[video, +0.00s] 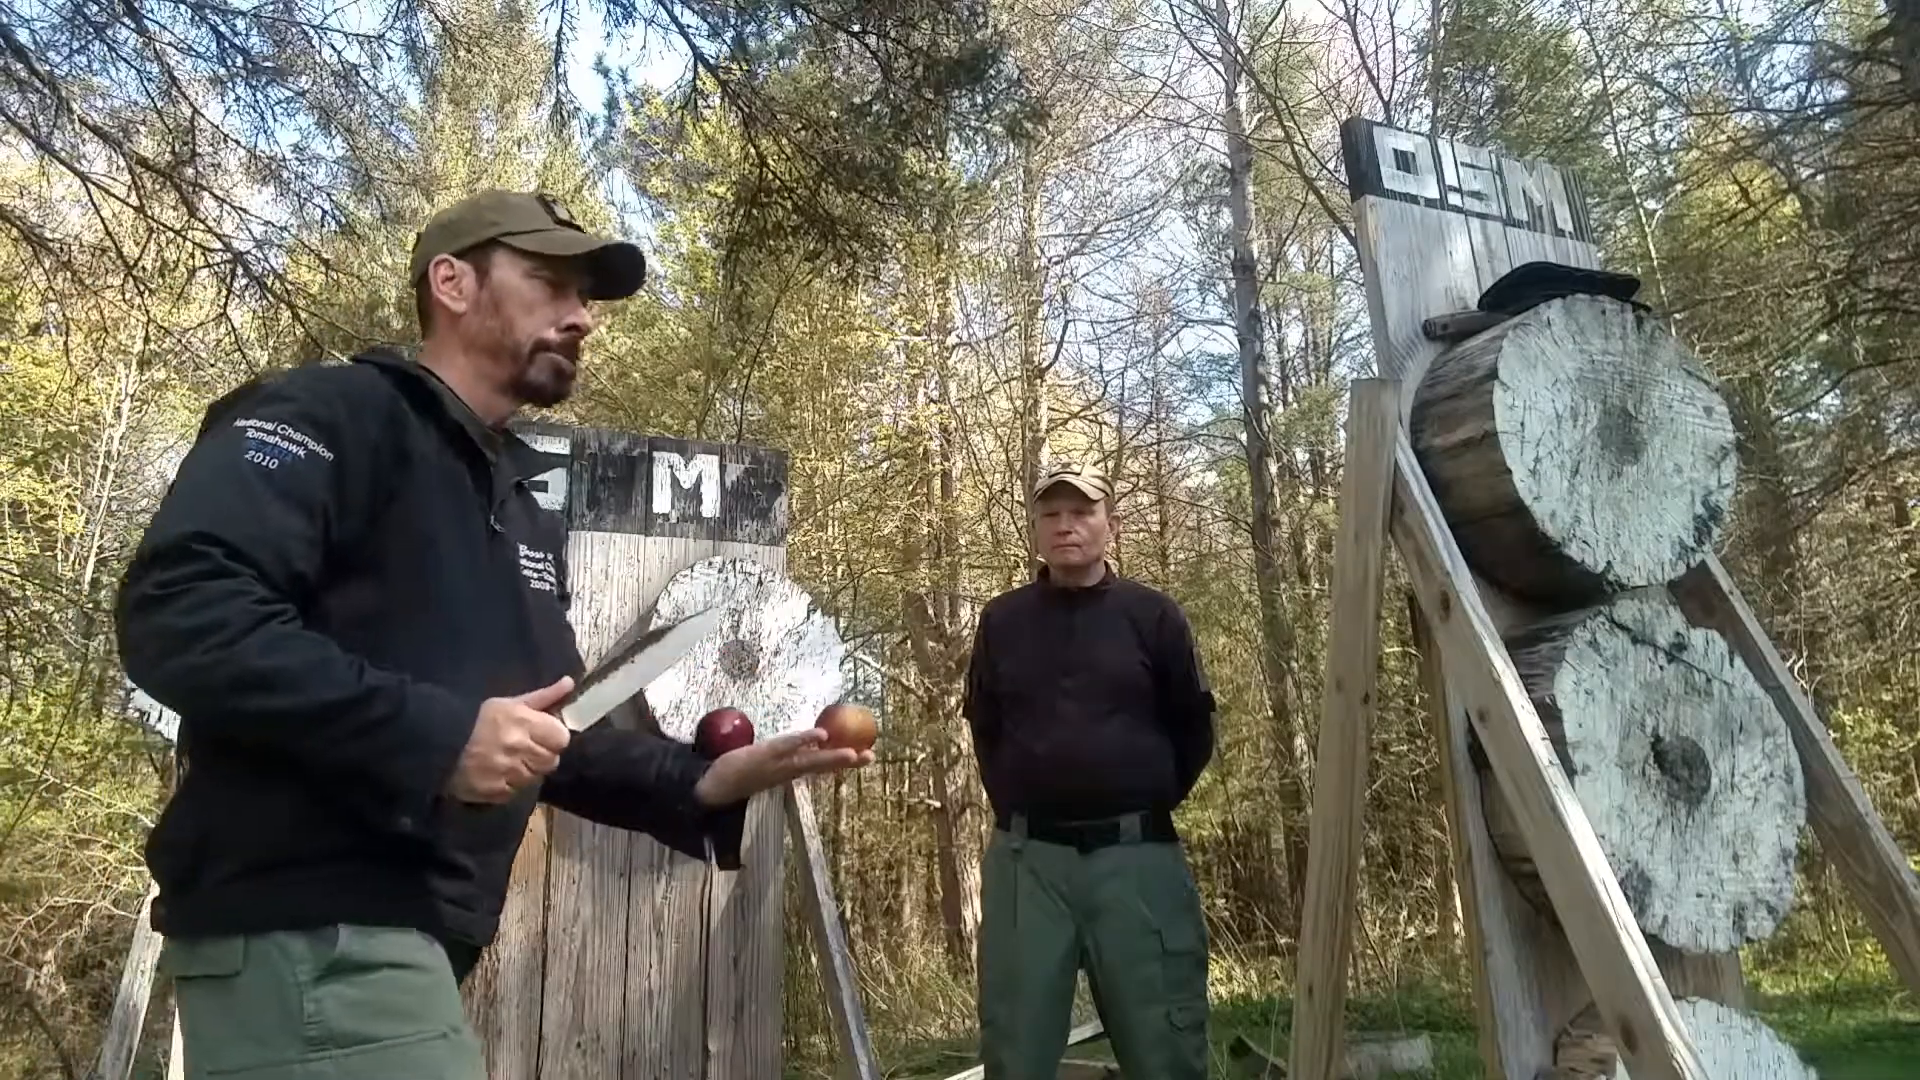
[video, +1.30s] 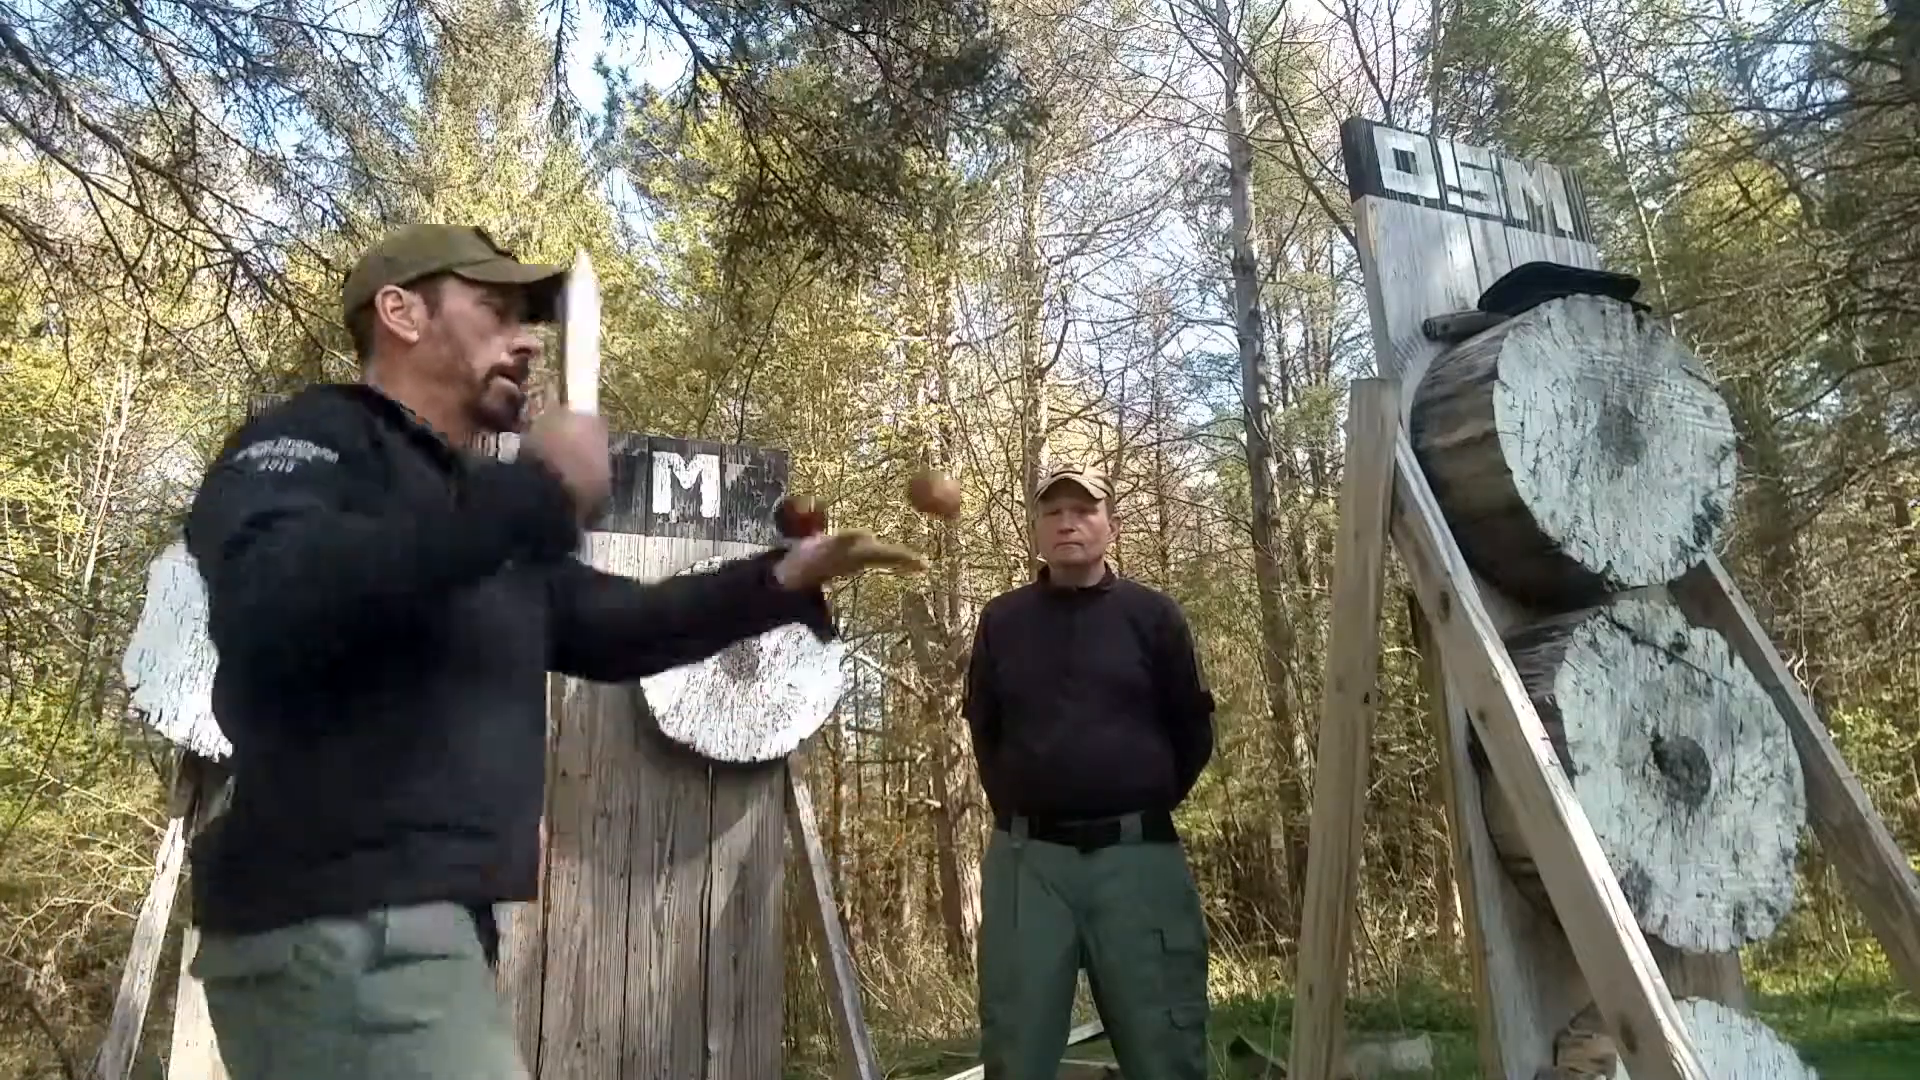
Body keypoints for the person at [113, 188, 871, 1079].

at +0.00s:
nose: (584, 317)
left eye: (588, 294)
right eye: (551, 281)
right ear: (452, 285)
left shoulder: (522, 514)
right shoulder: (331, 410)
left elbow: (524, 734)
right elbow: (179, 611)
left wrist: (708, 779)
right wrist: (442, 735)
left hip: (400, 942)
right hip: (307, 938)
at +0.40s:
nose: (547, 375)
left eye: (555, 351)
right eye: (524, 337)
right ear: (420, 324)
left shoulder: (478, 553)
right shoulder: (258, 457)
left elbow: (498, 750)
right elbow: (98, 651)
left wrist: (647, 809)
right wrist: (359, 753)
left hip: (352, 966)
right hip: (261, 966)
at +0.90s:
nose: (584, 402)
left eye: (587, 379)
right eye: (558, 364)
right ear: (459, 354)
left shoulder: (494, 590)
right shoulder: (299, 478)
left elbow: (486, 801)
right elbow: (142, 685)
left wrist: (657, 877)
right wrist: (409, 805)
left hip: (365, 1011)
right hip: (249, 1008)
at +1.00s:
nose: (570, 453)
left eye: (573, 427)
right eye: (544, 416)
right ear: (444, 408)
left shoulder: (490, 643)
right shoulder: (286, 546)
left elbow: (487, 856)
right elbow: (126, 771)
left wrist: (648, 939)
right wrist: (393, 891)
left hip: (375, 1042)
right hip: (234, 1043)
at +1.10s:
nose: (559, 472)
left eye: (564, 449)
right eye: (531, 439)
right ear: (428, 433)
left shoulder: (485, 662)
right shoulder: (268, 583)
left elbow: (521, 868)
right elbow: (128, 812)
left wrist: (672, 944)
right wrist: (389, 933)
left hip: (396, 1052)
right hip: (224, 1053)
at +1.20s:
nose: (545, 424)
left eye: (546, 399)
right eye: (517, 391)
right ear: (415, 387)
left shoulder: (486, 595)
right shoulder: (265, 538)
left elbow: (560, 762)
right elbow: (163, 748)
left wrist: (756, 777)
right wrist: (460, 803)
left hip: (419, 1021)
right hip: (285, 1025)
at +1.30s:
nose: (527, 343)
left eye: (525, 320)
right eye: (499, 312)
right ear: (401, 314)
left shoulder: (491, 497)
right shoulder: (298, 443)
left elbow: (609, 627)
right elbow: (277, 600)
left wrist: (778, 580)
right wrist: (538, 490)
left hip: (425, 924)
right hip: (343, 930)